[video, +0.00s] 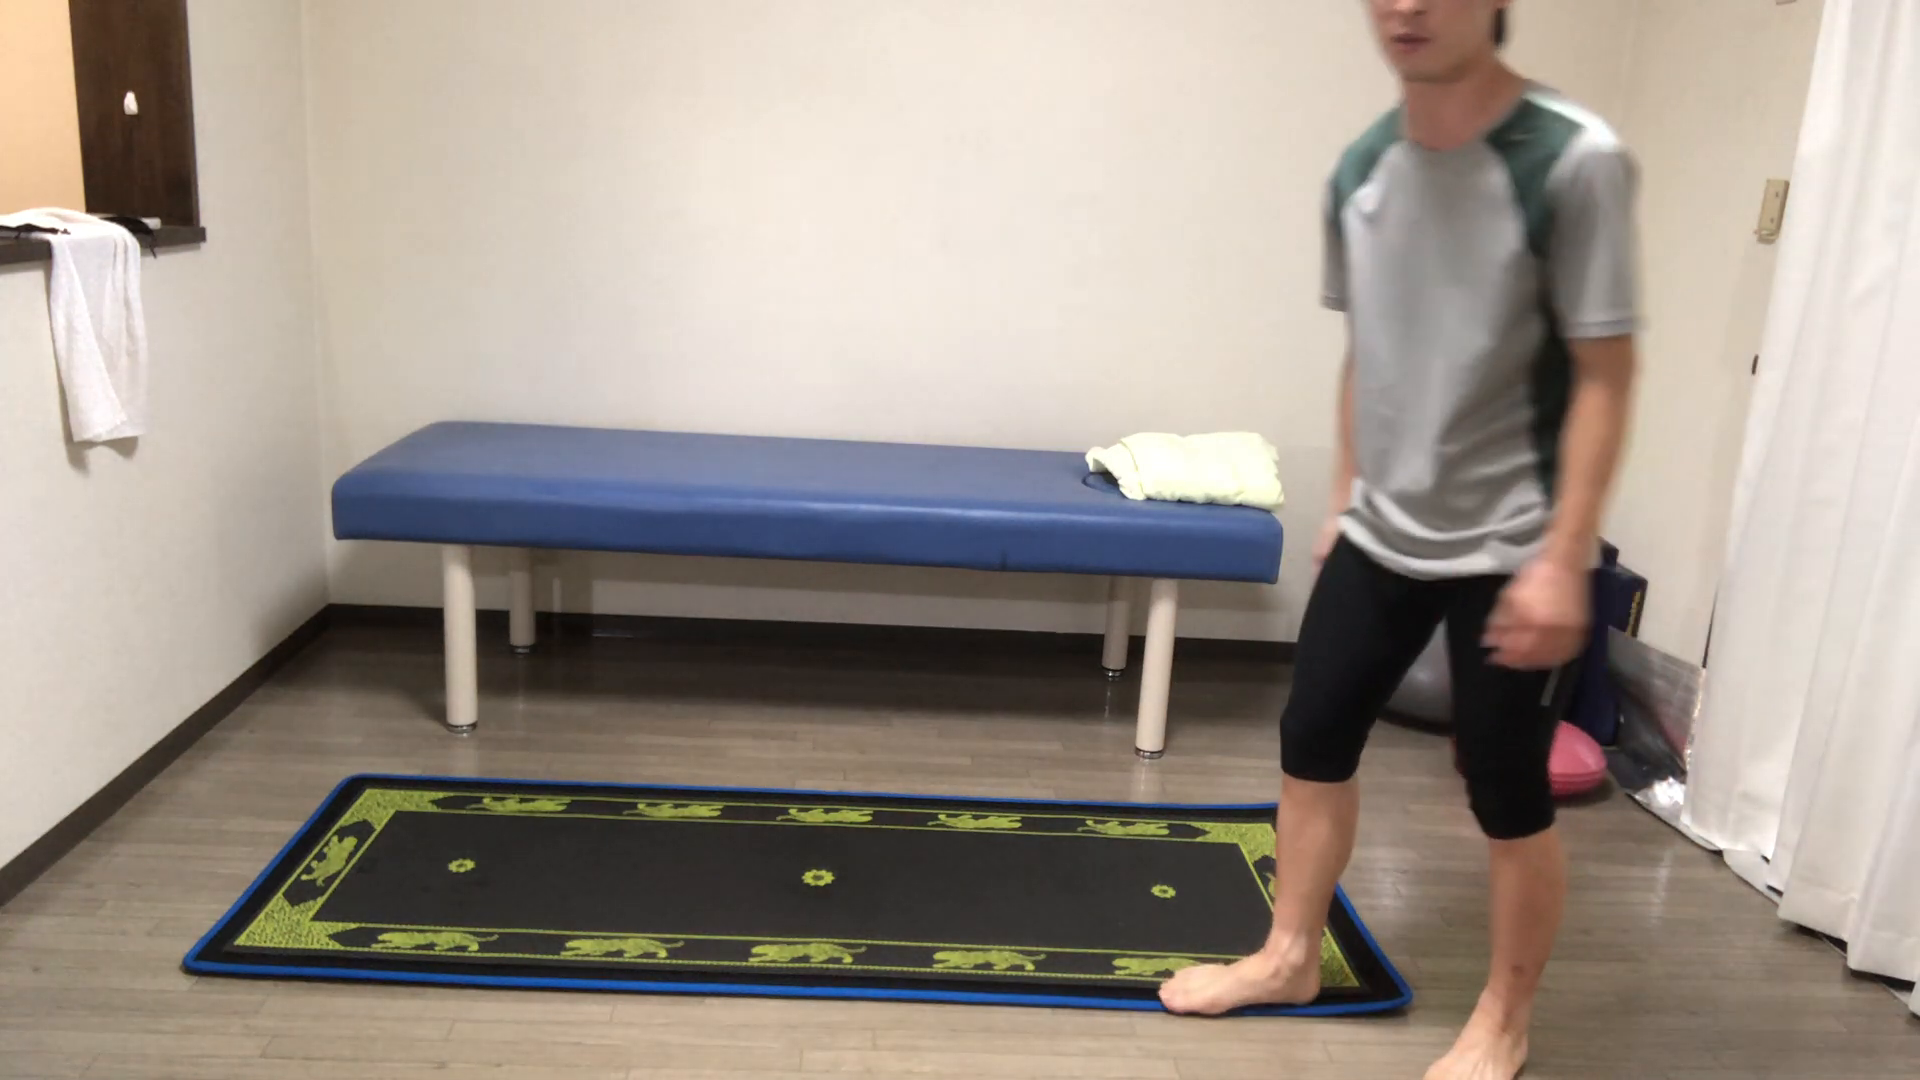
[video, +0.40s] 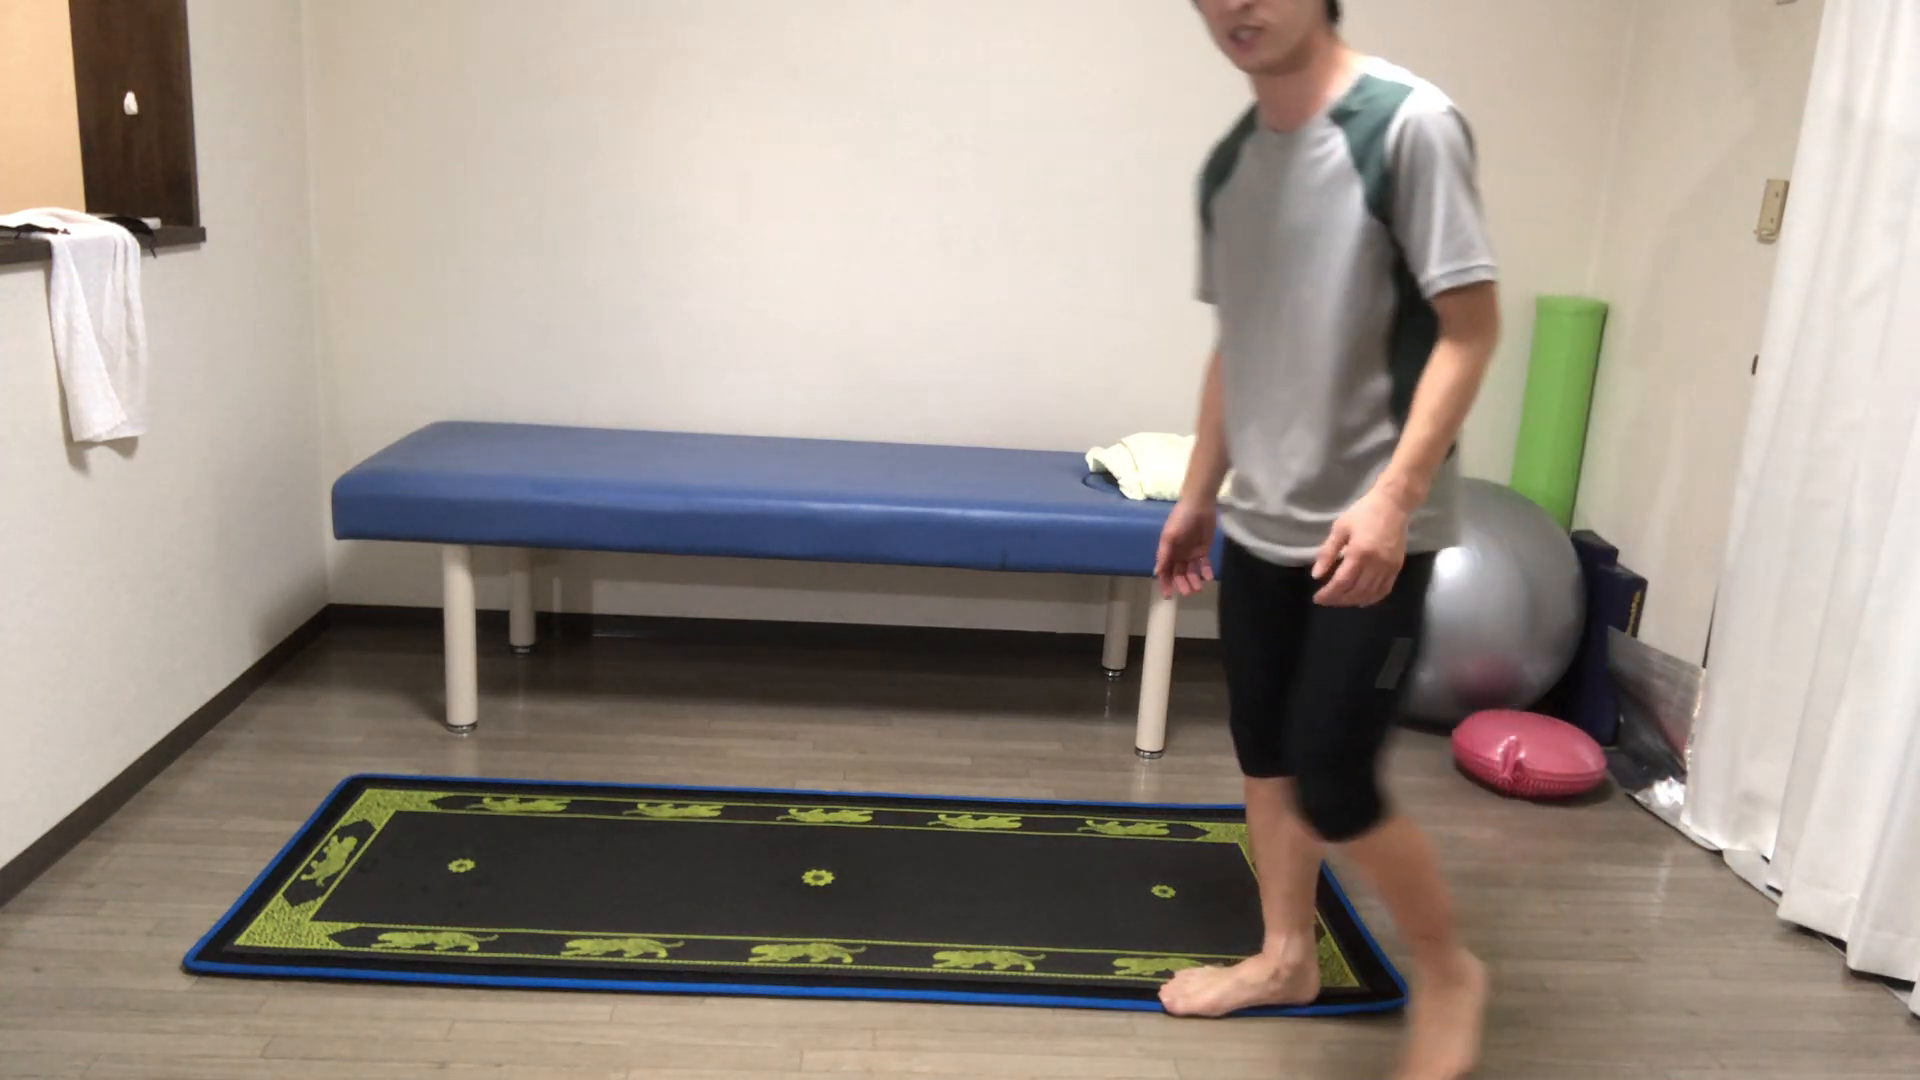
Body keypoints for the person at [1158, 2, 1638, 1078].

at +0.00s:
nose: (1402, 8)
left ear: (1494, 7)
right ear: (1370, 12)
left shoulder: (1574, 159)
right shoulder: (1362, 167)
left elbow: (1604, 375)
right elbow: (1364, 354)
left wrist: (1566, 556)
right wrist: (1345, 505)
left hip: (1513, 538)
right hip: (1386, 523)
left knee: (1506, 789)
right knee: (1314, 735)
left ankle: (1504, 1021)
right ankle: (1290, 956)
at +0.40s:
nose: (1233, 11)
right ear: (1201, 12)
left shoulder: (1408, 126)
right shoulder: (1229, 163)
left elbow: (1471, 328)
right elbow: (1239, 343)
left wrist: (1394, 499)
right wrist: (1199, 493)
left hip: (1370, 528)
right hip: (1257, 520)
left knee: (1332, 778)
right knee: (1268, 752)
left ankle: (1447, 978)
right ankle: (1287, 955)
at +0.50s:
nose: (1213, 10)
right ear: (1177, 9)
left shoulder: (1381, 125)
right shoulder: (1197, 160)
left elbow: (1445, 332)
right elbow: (1201, 342)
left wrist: (1398, 503)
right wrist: (1180, 494)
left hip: (1335, 518)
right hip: (1228, 515)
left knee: (1265, 758)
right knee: (1248, 757)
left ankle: (1365, 973)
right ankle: (1285, 958)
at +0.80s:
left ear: (1217, 4)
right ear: (1108, 5)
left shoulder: (1264, 149)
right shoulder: (1097, 143)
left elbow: (1333, 342)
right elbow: (1106, 321)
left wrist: (1370, 519)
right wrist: (1077, 472)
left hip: (1218, 524)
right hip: (1130, 515)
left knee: (1094, 757)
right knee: (1205, 738)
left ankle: (1018, 1010)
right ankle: (1284, 947)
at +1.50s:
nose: (802, 3)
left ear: (859, 5)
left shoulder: (931, 135)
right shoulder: (678, 97)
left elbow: (940, 326)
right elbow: (636, 273)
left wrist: (875, 469)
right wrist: (617, 450)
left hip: (871, 492)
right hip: (723, 483)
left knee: (925, 745)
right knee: (664, 727)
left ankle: (996, 980)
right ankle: (626, 907)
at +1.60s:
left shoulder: (873, 118)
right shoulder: (610, 102)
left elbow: (893, 307)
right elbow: (551, 286)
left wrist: (923, 475)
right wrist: (528, 464)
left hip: (834, 463)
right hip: (690, 460)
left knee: (883, 709)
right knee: (655, 709)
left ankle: (939, 946)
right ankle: (628, 906)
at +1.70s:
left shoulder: (837, 92)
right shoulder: (582, 89)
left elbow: (879, 273)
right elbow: (494, 280)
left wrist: (913, 425)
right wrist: (450, 451)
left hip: (805, 452)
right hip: (662, 457)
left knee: (846, 691)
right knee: (648, 700)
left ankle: (859, 902)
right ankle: (629, 906)